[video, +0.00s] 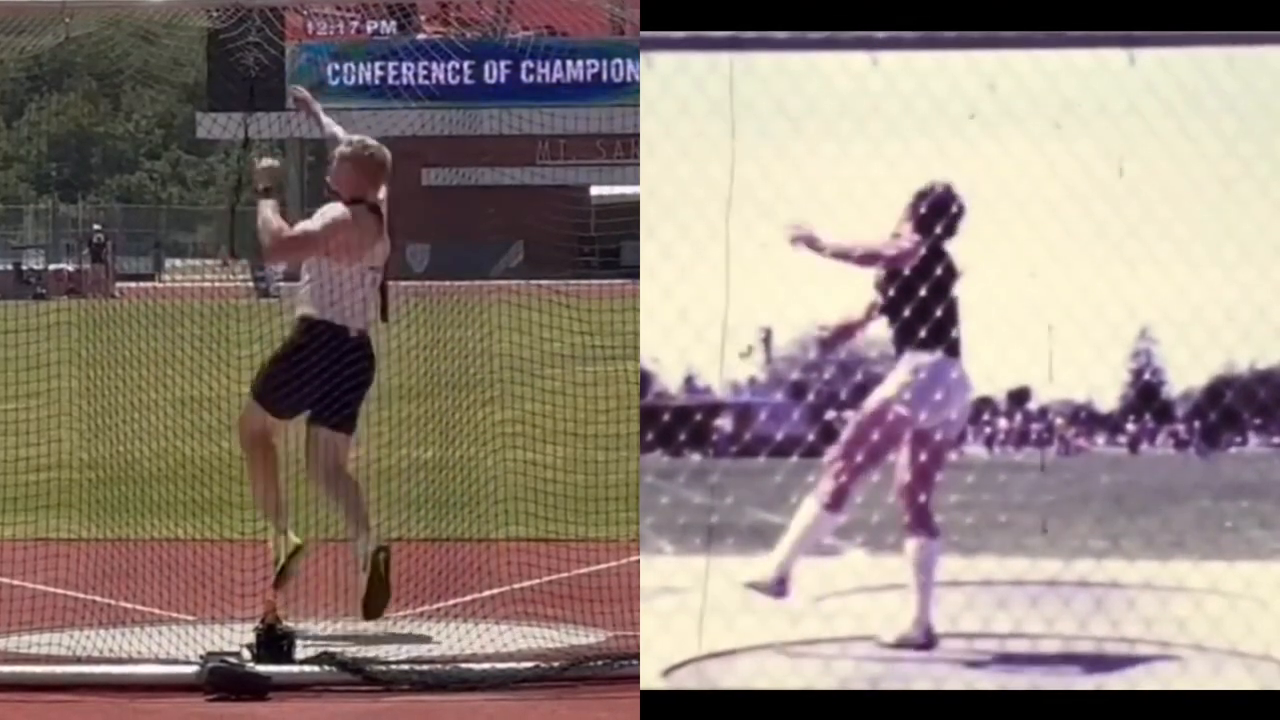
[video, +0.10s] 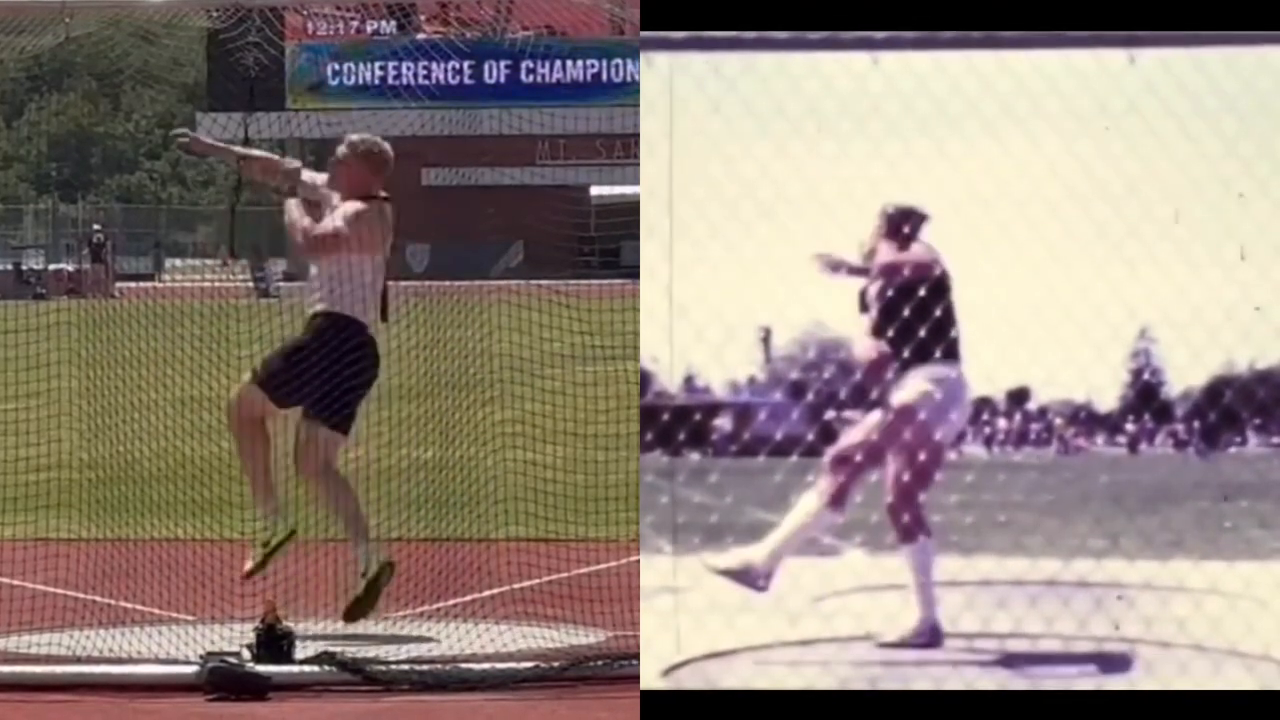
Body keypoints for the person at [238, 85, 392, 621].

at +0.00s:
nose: (331, 170)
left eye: (338, 164)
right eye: (334, 164)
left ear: (356, 176)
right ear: (373, 180)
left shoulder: (340, 218)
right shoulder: (375, 217)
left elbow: (276, 244)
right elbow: (352, 151)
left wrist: (266, 193)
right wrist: (316, 114)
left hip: (317, 340)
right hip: (356, 346)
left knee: (254, 430)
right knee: (328, 461)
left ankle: (281, 535)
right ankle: (368, 547)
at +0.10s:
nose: (334, 169)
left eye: (342, 162)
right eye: (336, 162)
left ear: (366, 170)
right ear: (358, 170)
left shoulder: (369, 213)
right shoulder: (339, 201)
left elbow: (310, 243)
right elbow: (279, 168)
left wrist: (290, 200)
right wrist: (209, 145)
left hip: (333, 337)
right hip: (354, 346)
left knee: (244, 411)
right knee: (314, 462)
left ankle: (272, 520)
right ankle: (370, 559)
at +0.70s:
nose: (330, 204)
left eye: (337, 196)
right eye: (321, 193)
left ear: (344, 201)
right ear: (297, 197)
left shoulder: (357, 242)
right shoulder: (274, 245)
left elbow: (420, 293)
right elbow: (277, 294)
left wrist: (400, 272)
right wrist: (324, 319)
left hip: (348, 366)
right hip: (299, 369)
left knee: (397, 355)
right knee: (288, 494)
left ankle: (373, 437)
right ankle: (276, 611)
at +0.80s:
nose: (331, 204)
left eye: (337, 196)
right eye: (321, 193)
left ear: (344, 201)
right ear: (297, 197)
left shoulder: (357, 242)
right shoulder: (274, 245)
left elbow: (420, 293)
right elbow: (278, 295)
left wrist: (400, 272)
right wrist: (324, 319)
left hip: (348, 366)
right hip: (299, 369)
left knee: (396, 356)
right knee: (288, 495)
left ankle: (373, 437)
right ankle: (276, 610)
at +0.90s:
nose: (338, 211)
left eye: (342, 202)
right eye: (330, 200)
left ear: (341, 204)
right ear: (304, 202)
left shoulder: (350, 249)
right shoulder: (277, 249)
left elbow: (397, 294)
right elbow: (297, 293)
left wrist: (415, 286)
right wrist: (368, 313)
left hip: (342, 371)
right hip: (295, 378)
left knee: (416, 351)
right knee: (288, 496)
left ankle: (429, 423)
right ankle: (276, 611)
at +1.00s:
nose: (343, 214)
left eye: (346, 204)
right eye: (335, 204)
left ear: (343, 207)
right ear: (306, 205)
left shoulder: (343, 249)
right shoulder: (283, 249)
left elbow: (377, 294)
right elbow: (324, 286)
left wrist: (422, 288)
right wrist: (410, 295)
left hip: (338, 372)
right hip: (291, 381)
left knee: (428, 350)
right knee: (289, 496)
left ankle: (484, 415)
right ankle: (276, 613)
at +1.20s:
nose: (354, 209)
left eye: (355, 201)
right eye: (348, 200)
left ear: (337, 201)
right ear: (320, 199)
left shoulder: (336, 245)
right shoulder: (293, 241)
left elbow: (369, 297)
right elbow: (351, 268)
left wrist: (429, 294)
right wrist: (428, 267)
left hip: (335, 364)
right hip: (291, 377)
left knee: (431, 350)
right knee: (293, 489)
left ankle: (522, 420)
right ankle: (276, 603)